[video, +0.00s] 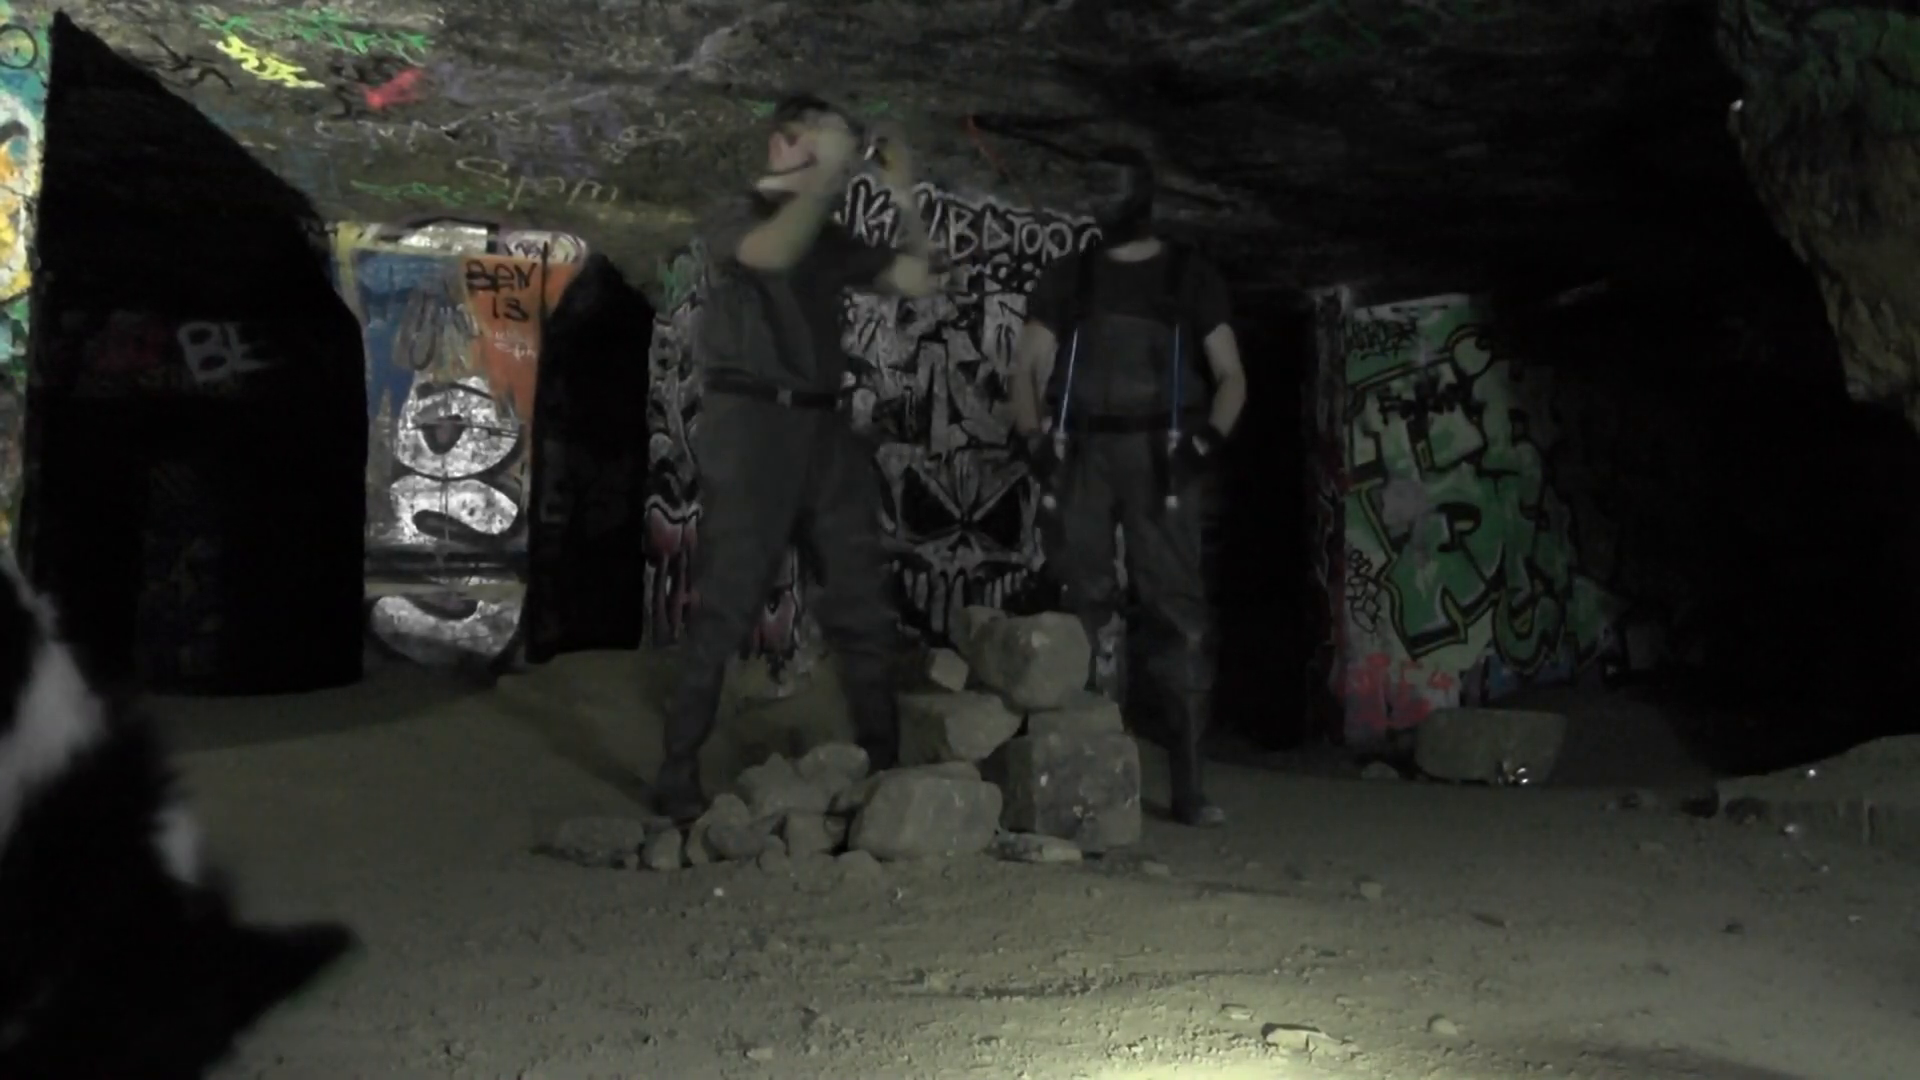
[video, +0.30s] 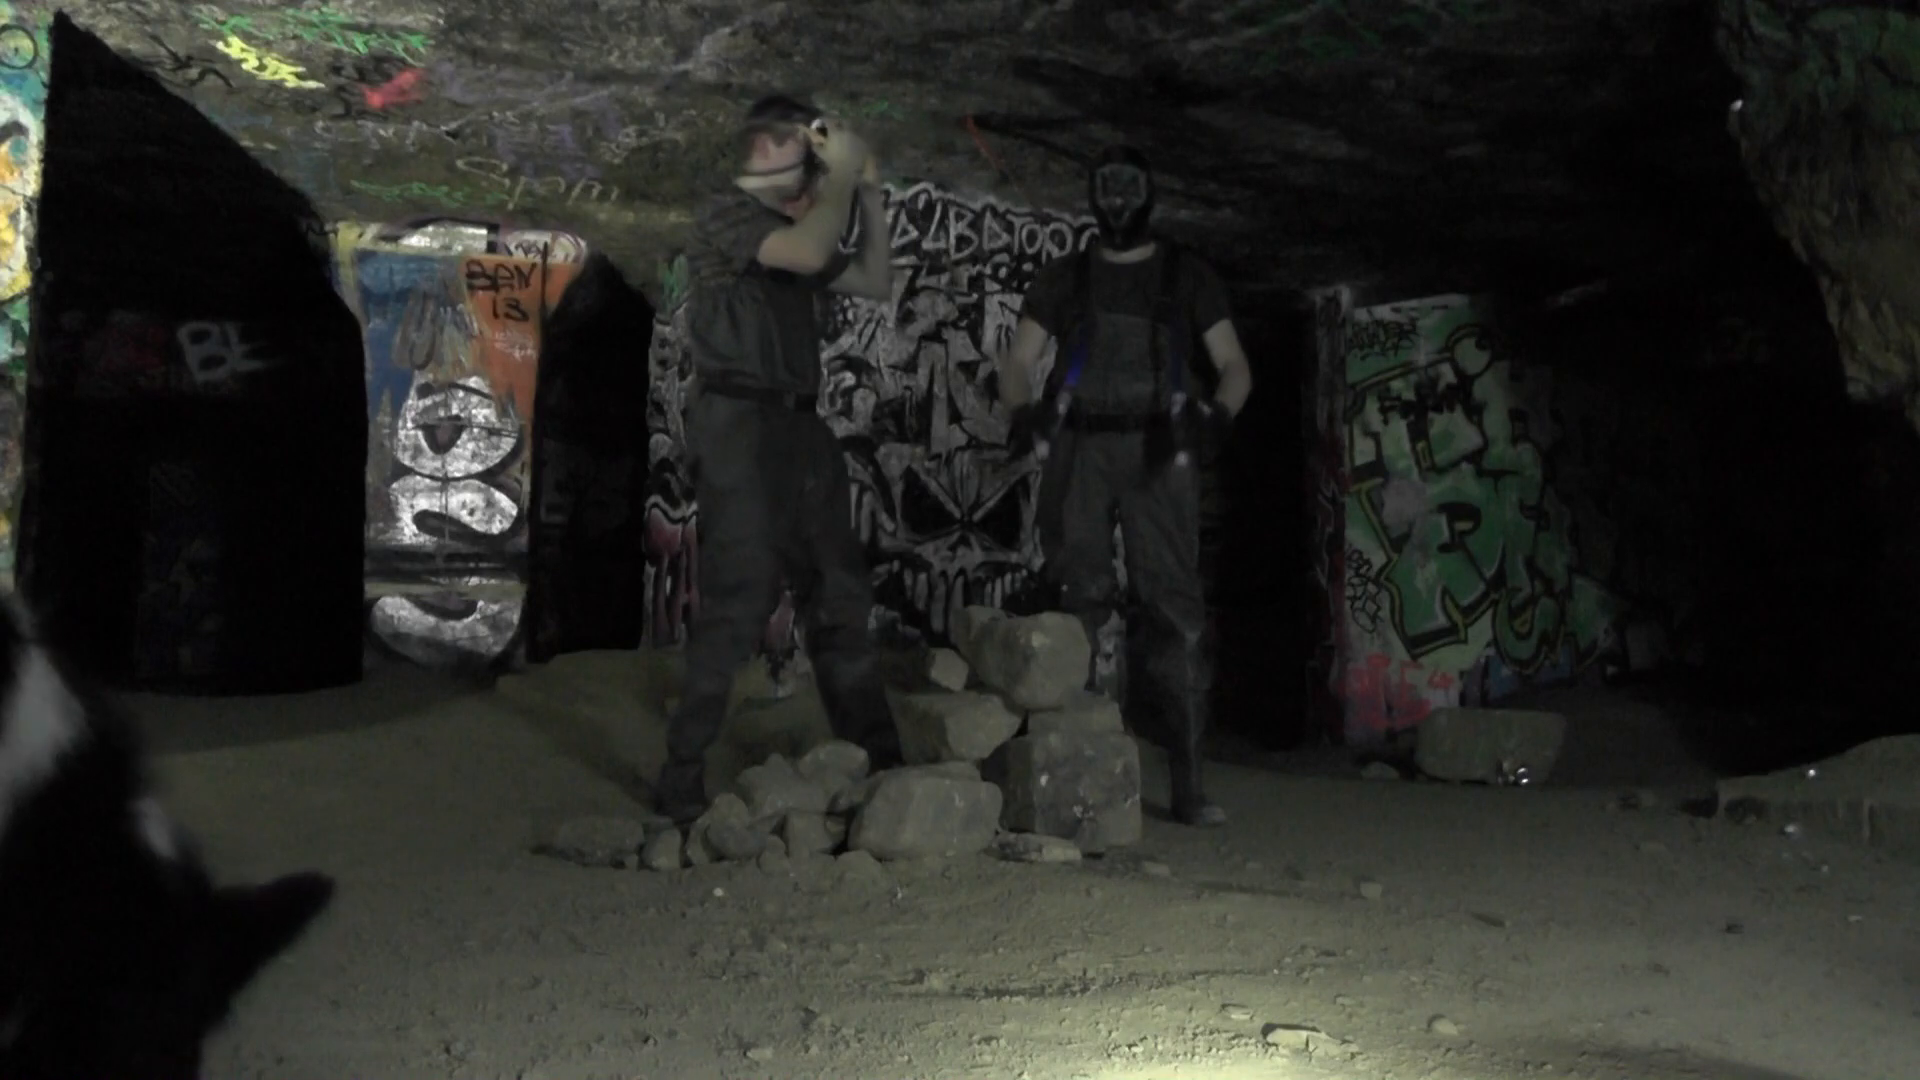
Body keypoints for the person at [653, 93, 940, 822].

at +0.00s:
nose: (817, 161)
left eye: (826, 150)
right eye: (806, 145)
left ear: (834, 163)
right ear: (777, 146)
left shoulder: (828, 237)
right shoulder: (731, 217)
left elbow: (915, 276)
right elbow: (768, 252)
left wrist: (903, 192)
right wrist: (824, 178)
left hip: (823, 434)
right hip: (746, 429)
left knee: (860, 598)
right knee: (729, 601)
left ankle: (882, 766)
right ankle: (679, 771)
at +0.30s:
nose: (777, 154)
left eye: (788, 143)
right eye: (768, 141)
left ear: (803, 156)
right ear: (749, 149)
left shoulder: (800, 227)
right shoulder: (723, 214)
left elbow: (874, 281)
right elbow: (806, 252)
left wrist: (867, 194)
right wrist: (843, 177)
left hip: (796, 426)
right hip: (731, 422)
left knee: (836, 589)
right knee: (740, 590)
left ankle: (878, 757)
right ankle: (683, 769)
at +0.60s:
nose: (778, 152)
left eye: (790, 142)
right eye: (769, 140)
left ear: (804, 157)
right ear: (748, 150)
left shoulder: (802, 229)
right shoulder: (722, 215)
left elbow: (878, 276)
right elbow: (800, 249)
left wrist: (875, 191)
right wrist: (836, 173)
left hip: (798, 425)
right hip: (732, 421)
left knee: (838, 587)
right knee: (743, 590)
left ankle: (876, 752)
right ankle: (684, 772)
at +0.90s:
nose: (776, 151)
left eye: (790, 142)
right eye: (767, 138)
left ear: (809, 157)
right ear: (750, 147)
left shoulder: (813, 233)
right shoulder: (723, 217)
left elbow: (887, 276)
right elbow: (791, 249)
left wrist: (885, 192)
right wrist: (833, 172)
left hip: (802, 426)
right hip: (733, 422)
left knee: (847, 590)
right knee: (736, 594)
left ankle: (884, 757)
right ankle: (683, 773)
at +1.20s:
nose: (822, 159)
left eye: (835, 148)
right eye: (808, 146)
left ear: (852, 161)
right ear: (783, 158)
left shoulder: (867, 230)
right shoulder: (755, 225)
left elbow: (940, 260)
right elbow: (717, 251)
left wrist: (901, 160)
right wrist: (769, 164)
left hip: (850, 438)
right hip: (763, 435)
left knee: (866, 610)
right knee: (728, 606)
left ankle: (875, 769)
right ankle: (682, 772)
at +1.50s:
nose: (830, 163)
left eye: (842, 154)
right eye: (819, 153)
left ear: (862, 168)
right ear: (800, 166)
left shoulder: (880, 229)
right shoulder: (773, 227)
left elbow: (929, 253)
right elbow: (702, 245)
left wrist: (890, 153)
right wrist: (755, 152)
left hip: (855, 439)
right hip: (766, 435)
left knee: (868, 614)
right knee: (731, 608)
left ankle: (872, 781)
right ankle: (695, 787)